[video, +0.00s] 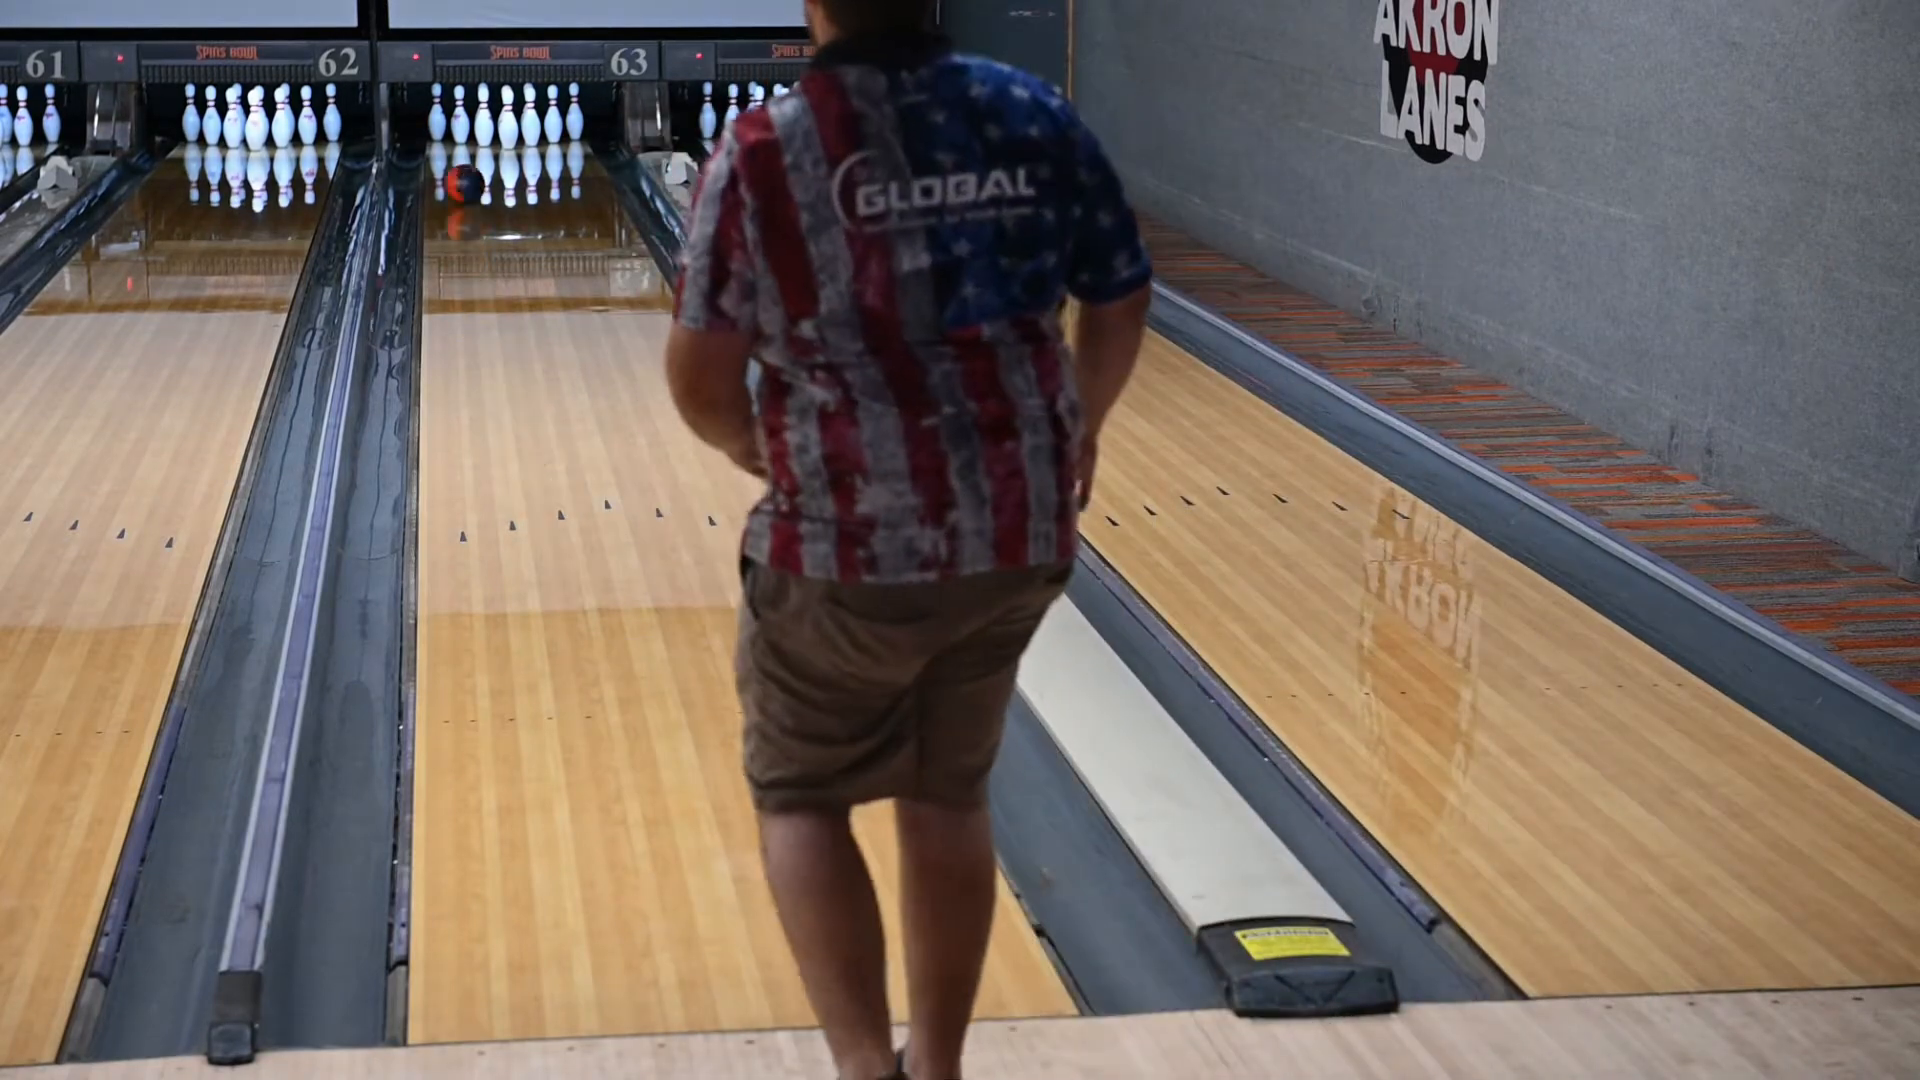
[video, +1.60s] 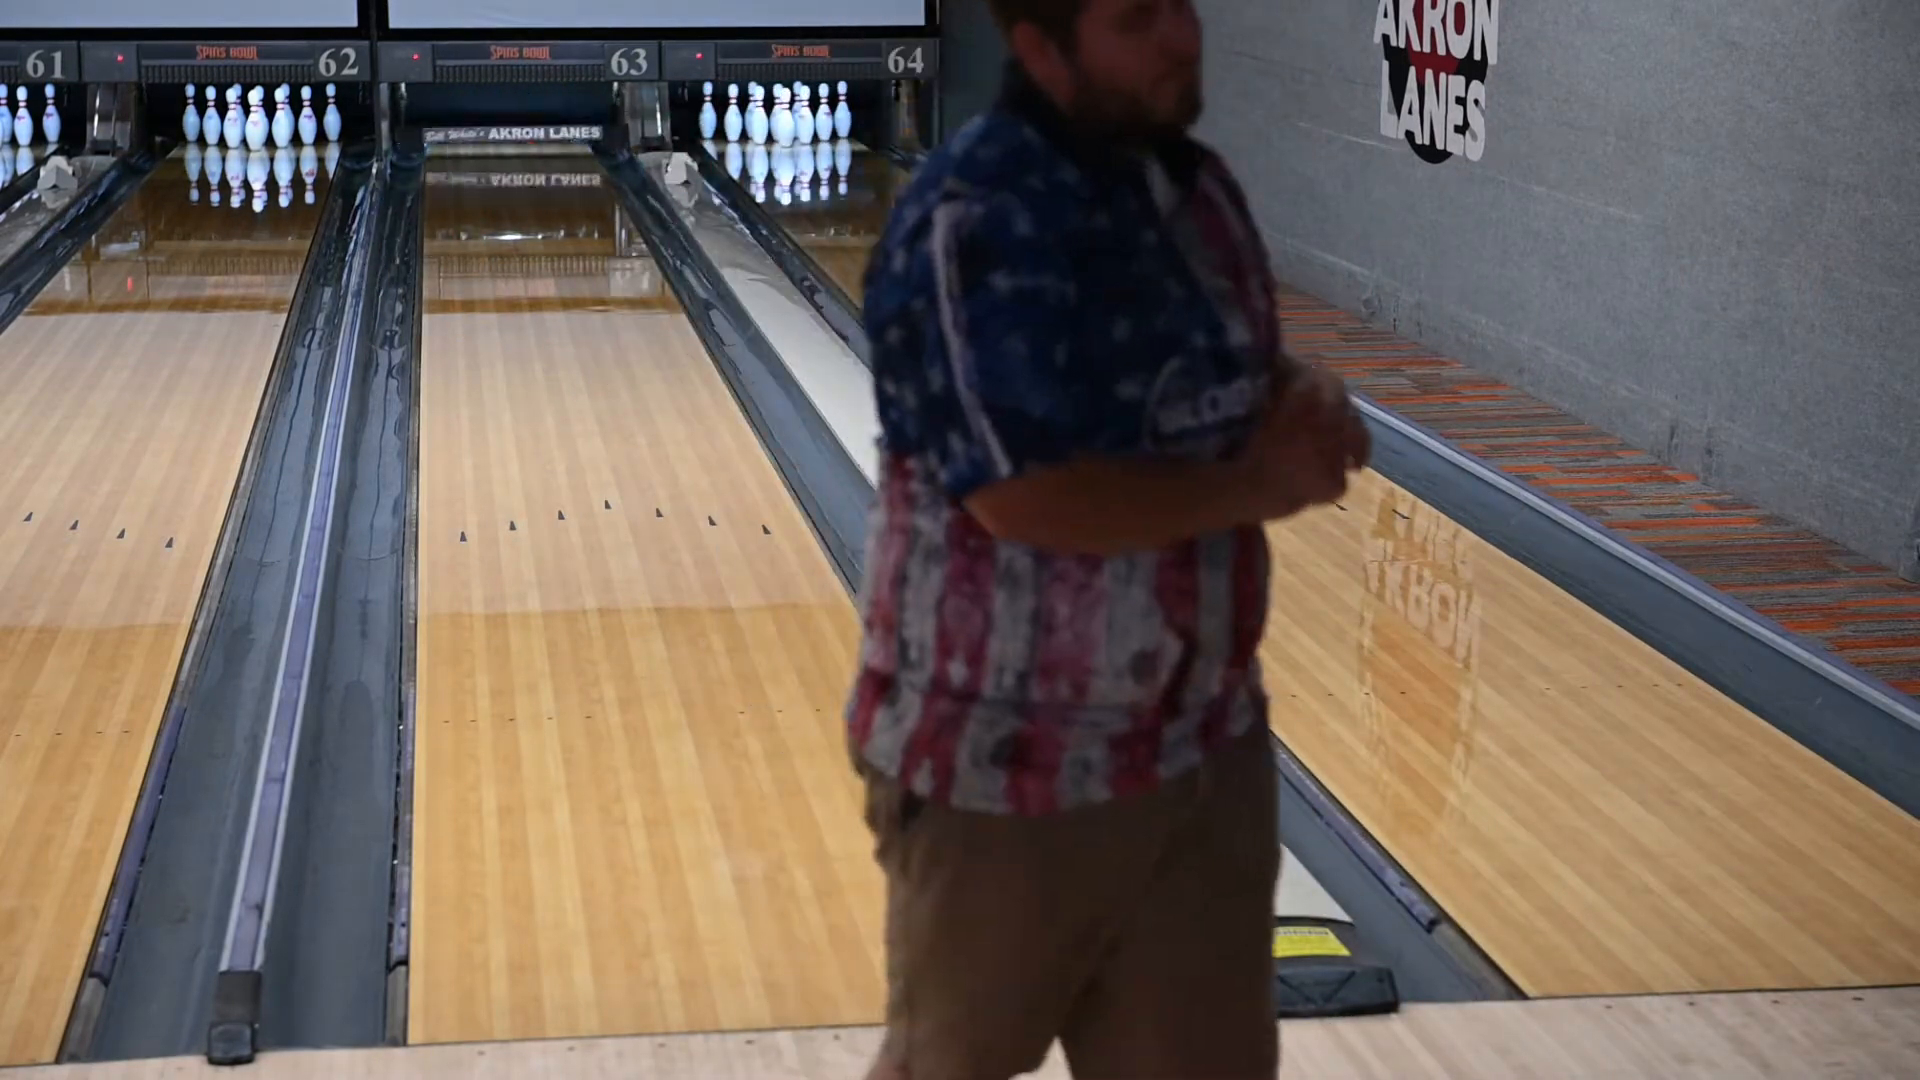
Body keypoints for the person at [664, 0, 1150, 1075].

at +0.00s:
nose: (801, 18)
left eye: (803, 9)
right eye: (809, 9)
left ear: (818, 11)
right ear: (934, 1)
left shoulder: (764, 148)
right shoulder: (1035, 117)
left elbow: (700, 380)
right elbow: (1121, 297)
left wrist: (778, 455)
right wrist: (1079, 424)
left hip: (847, 542)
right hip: (1022, 526)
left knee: (801, 795)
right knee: (950, 791)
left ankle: (868, 1066)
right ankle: (936, 1065)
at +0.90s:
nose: (979, 19)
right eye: (975, 9)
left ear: (836, 1)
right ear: (964, 11)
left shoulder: (735, 131)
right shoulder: (998, 183)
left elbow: (693, 323)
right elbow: (1083, 428)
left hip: (771, 585)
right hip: (948, 612)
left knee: (831, 911)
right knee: (998, 949)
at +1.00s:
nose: (994, 38)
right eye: (995, 23)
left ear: (851, 20)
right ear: (980, 28)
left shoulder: (761, 152)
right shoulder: (984, 191)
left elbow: (764, 383)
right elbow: (1079, 437)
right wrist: (1112, 386)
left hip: (794, 616)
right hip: (950, 639)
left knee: (847, 934)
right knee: (987, 990)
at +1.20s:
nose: (1058, 47)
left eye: (1055, 25)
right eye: (1049, 24)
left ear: (923, 30)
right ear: (999, 37)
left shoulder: (862, 158)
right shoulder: (971, 202)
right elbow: (1078, 452)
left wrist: (1108, 381)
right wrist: (1152, 403)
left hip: (895, 648)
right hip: (971, 673)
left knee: (935, 1017)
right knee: (971, 1035)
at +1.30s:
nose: (1098, 25)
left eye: (1091, 7)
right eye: (1077, 7)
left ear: (988, 32)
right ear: (991, 29)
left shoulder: (968, 155)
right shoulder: (949, 181)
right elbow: (1075, 443)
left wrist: (1152, 382)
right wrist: (1180, 399)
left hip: (1045, 672)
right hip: (960, 694)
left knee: (1064, 983)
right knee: (949, 1045)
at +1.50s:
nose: (1151, 20)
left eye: (1142, 0)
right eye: (1115, 4)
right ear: (1009, 29)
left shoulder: (1118, 159)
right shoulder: (941, 191)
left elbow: (1138, 379)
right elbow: (1038, 466)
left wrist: (1233, 398)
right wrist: (1229, 439)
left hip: (1152, 717)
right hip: (976, 740)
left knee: (1180, 1050)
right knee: (930, 1057)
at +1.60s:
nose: (1184, 38)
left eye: (1182, 8)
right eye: (1139, 17)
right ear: (1039, 46)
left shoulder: (1195, 183)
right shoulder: (969, 214)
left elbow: (1240, 383)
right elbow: (1019, 493)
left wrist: (1305, 414)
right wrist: (1256, 483)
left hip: (1202, 753)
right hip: (1003, 774)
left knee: (1206, 1063)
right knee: (951, 1063)